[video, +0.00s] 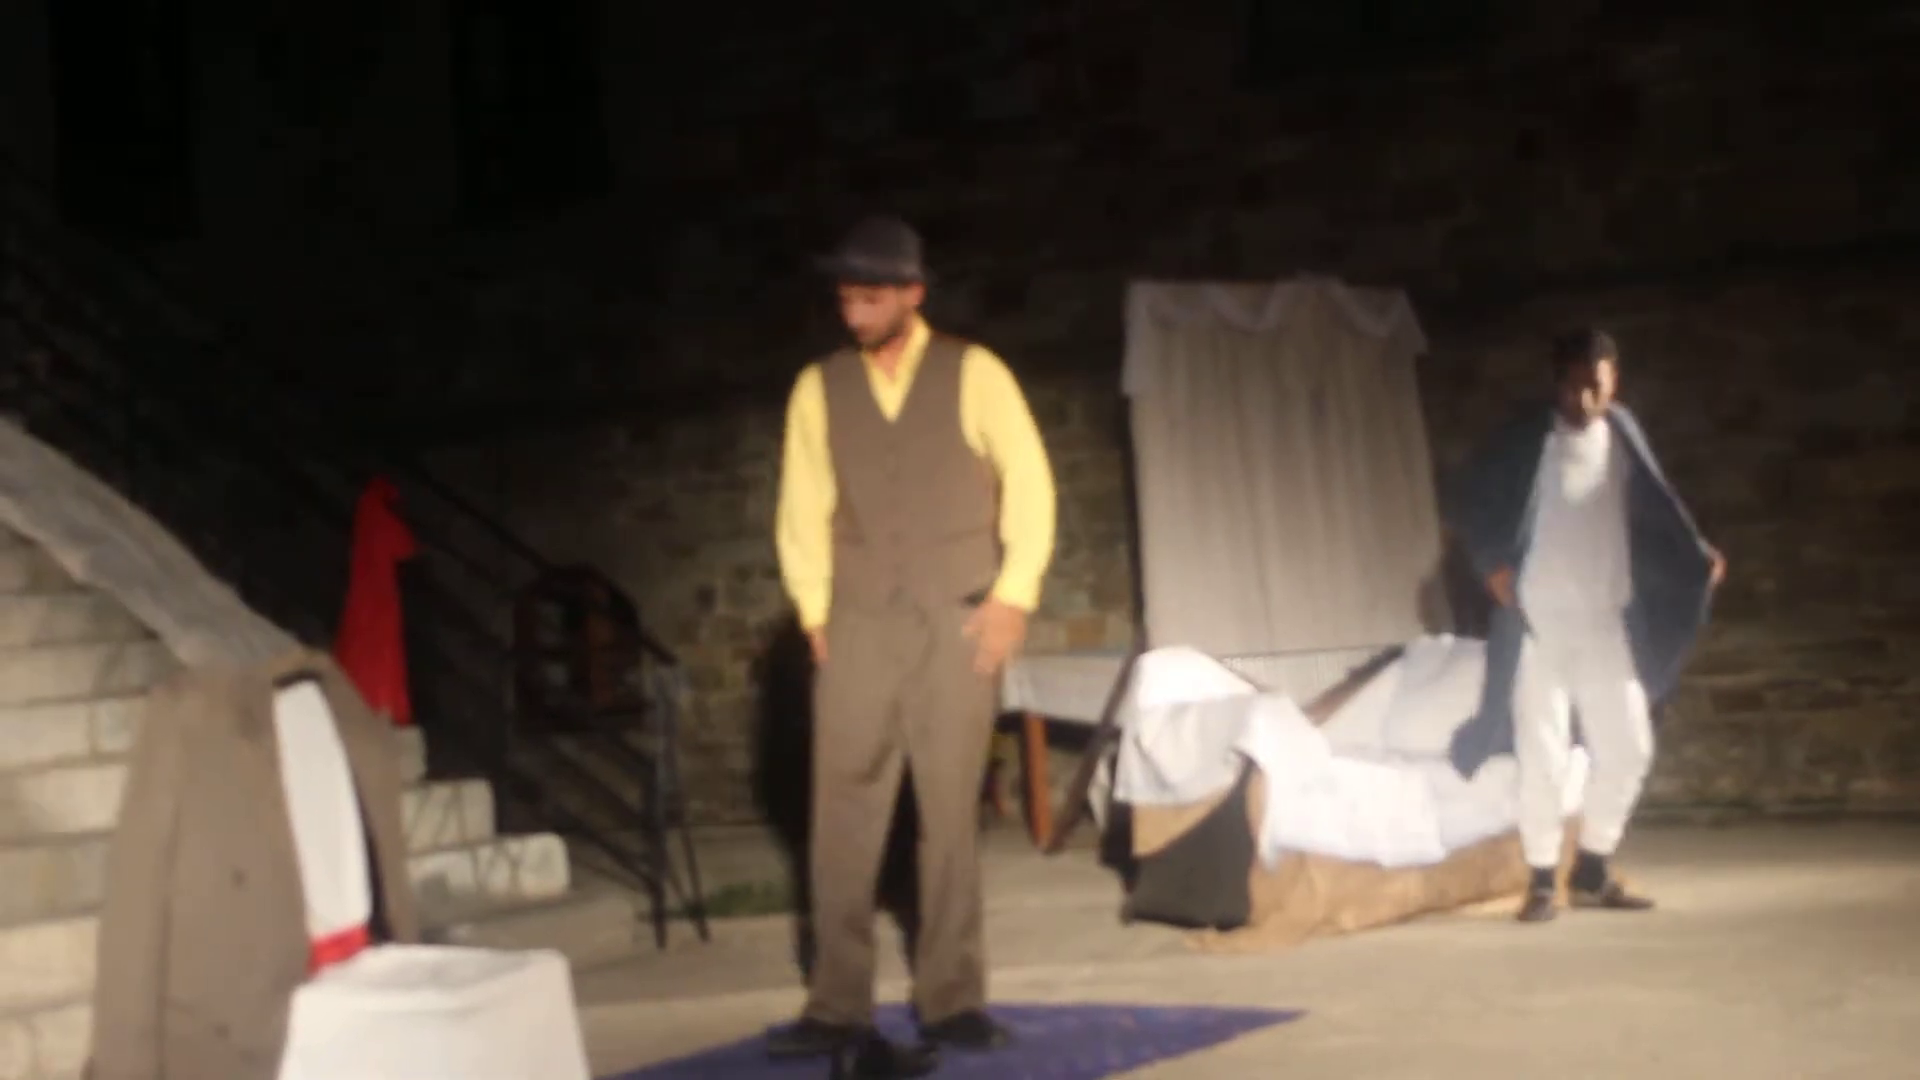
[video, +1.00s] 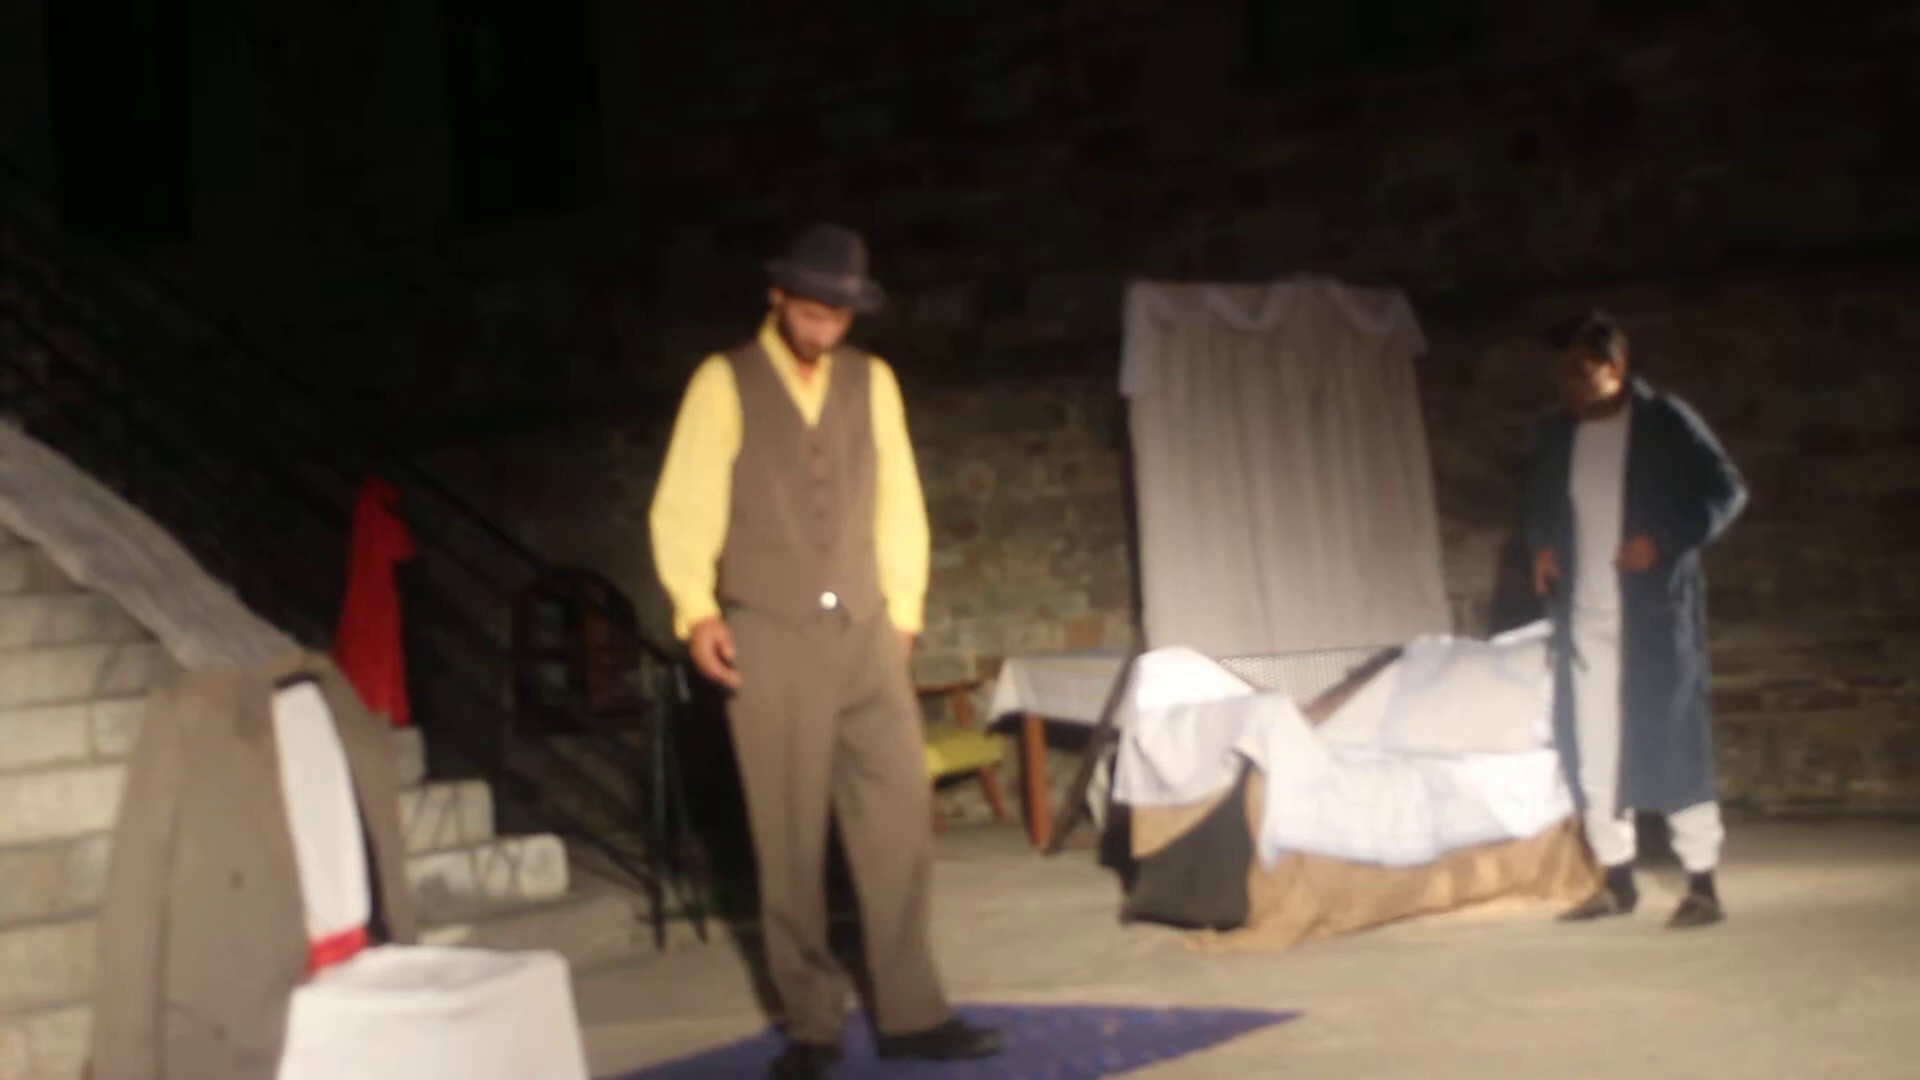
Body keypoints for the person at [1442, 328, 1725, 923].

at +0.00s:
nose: (1592, 400)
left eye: (1602, 389)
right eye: (1582, 387)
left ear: (1614, 388)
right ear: (1559, 383)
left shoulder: (1623, 432)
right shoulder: (1524, 435)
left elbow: (1655, 505)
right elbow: (1468, 500)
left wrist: (1696, 551)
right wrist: (1489, 563)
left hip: (1605, 627)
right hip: (1535, 628)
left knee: (1629, 746)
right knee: (1541, 751)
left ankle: (1591, 870)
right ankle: (1542, 878)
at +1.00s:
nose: (1576, 382)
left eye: (1587, 369)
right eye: (1568, 371)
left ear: (1617, 367)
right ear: (1558, 374)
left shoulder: (1664, 420)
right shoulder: (1552, 436)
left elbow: (1725, 492)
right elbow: (1535, 503)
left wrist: (1662, 543)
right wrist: (1542, 546)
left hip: (1658, 619)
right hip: (1586, 623)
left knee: (1674, 738)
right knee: (1593, 742)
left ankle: (1701, 883)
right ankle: (1618, 880)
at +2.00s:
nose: (1587, 367)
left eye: (1598, 354)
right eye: (1578, 355)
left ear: (1621, 358)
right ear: (1564, 363)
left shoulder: (1660, 422)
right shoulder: (1546, 433)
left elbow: (1707, 504)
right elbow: (1523, 500)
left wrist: (1651, 565)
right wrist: (1541, 545)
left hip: (1649, 620)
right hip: (1574, 621)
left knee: (1669, 744)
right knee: (1584, 745)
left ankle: (1693, 888)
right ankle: (1605, 889)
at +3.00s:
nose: (1568, 374)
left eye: (1579, 362)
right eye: (1561, 363)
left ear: (1607, 361)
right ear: (1552, 368)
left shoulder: (1646, 423)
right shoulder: (1537, 437)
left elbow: (1703, 500)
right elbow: (1516, 507)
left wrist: (1635, 549)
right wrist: (1525, 541)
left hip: (1634, 615)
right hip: (1562, 617)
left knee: (1651, 738)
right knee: (1578, 742)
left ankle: (1687, 884)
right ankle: (1605, 887)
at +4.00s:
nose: (1569, 374)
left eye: (1579, 361)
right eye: (1561, 363)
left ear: (1608, 361)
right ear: (1551, 369)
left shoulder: (1648, 426)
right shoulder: (1536, 438)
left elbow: (1700, 507)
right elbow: (1517, 510)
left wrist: (1648, 576)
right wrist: (1532, 548)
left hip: (1640, 624)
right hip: (1562, 626)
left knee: (1658, 748)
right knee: (1577, 751)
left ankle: (1684, 887)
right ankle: (1603, 888)